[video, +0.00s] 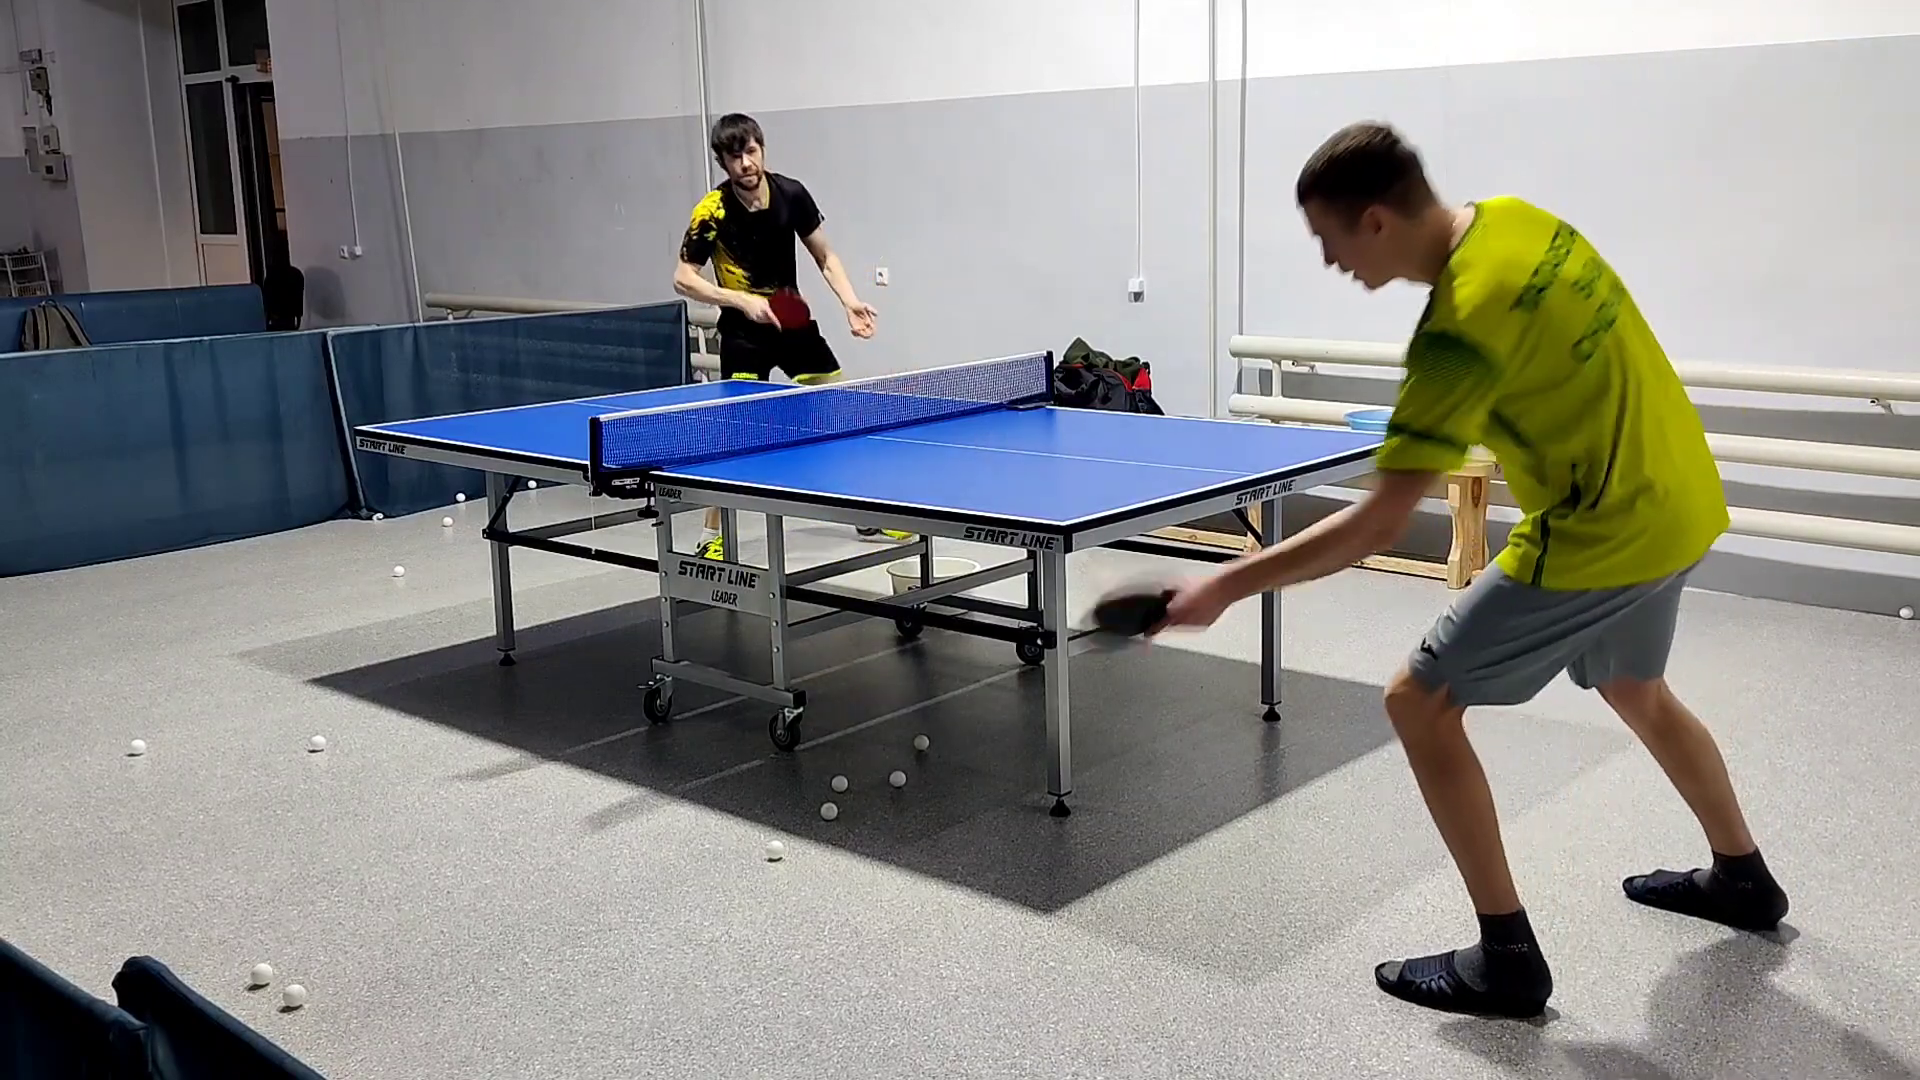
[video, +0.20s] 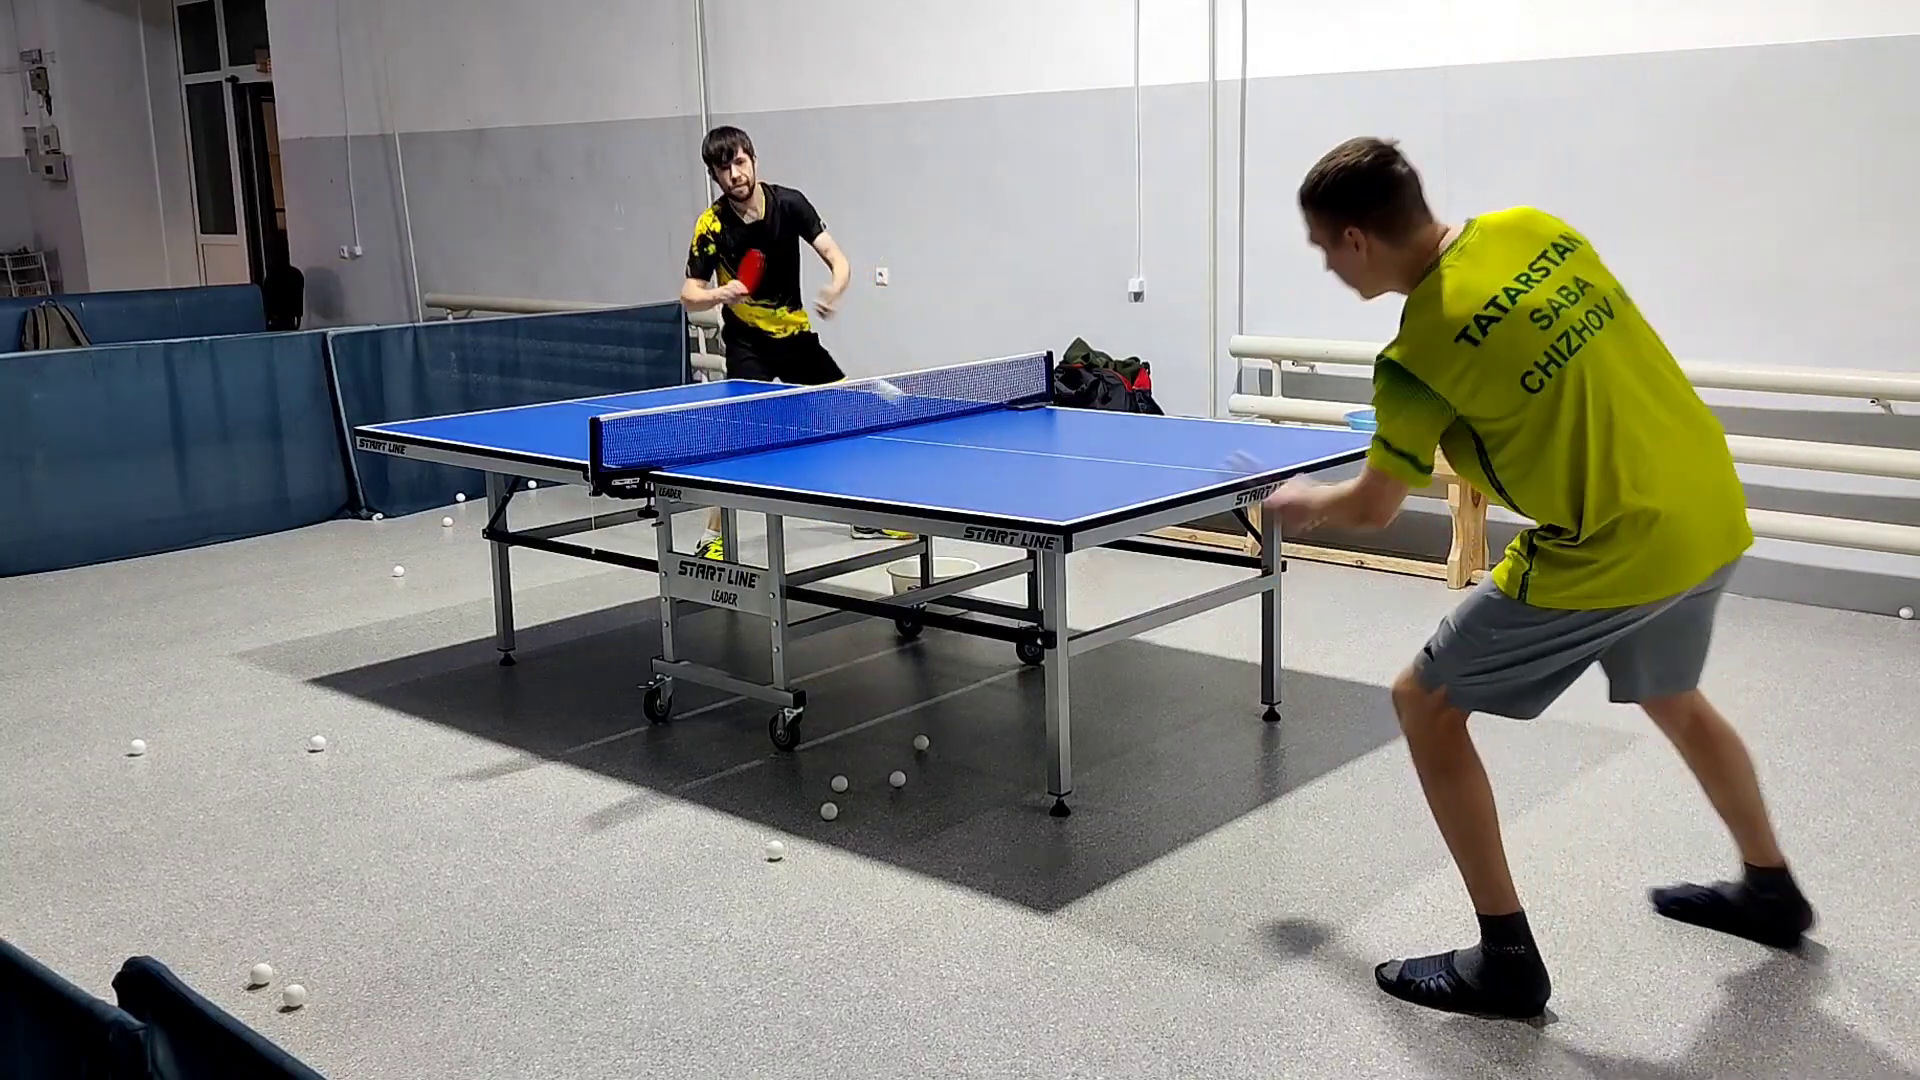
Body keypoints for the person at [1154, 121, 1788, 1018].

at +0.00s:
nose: (1333, 262)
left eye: (1331, 241)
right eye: (1324, 245)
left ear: (1379, 218)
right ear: (1403, 202)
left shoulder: (1457, 325)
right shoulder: (1515, 217)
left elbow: (1381, 520)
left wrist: (1228, 584)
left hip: (1601, 533)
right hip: (1679, 498)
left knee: (1419, 702)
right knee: (1634, 684)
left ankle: (1507, 953)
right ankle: (1743, 875)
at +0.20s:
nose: (1331, 267)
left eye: (1325, 249)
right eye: (1322, 250)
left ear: (1355, 240)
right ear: (1418, 208)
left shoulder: (1415, 358)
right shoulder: (1534, 226)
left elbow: (1375, 505)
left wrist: (1306, 507)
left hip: (1605, 548)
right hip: (1710, 509)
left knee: (1425, 699)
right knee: (1666, 687)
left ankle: (1506, 954)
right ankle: (1771, 887)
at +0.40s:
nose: (1405, 219)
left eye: (1405, 199)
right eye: (1400, 200)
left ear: (1438, 190)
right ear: (1492, 169)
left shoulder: (1473, 313)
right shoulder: (1613, 206)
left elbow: (1476, 482)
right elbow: (1650, 354)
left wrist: (1438, 474)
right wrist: (1525, 429)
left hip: (1648, 541)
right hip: (1766, 512)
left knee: (1471, 694)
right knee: (1725, 710)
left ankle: (1509, 955)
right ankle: (1890, 935)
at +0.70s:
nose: (1615, 178)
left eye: (1620, 156)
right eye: (1613, 157)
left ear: (1663, 150)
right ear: (1713, 139)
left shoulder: (1709, 281)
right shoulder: (1825, 201)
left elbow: (1716, 487)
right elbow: (1886, 370)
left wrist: (1609, 548)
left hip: (1816, 569)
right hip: (1906, 553)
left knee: (1615, 716)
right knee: (1830, 771)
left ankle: (1539, 960)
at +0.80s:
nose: (1672, 168)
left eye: (1678, 145)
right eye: (1670, 147)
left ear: (1727, 135)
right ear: (1766, 127)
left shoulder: (1778, 270)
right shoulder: (1878, 192)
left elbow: (1777, 487)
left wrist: (1644, 550)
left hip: (1868, 569)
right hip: (1919, 557)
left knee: (1667, 721)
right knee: (1847, 766)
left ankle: (1624, 995)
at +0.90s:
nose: (1708, 141)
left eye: (1714, 116)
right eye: (1706, 118)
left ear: (1765, 110)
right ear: (1814, 101)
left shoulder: (1832, 248)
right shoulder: (1905, 174)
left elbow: (1833, 470)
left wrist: (1686, 546)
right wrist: (1703, 538)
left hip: (1894, 553)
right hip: (1915, 546)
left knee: (1736, 740)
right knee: (1871, 751)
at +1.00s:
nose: (1735, 123)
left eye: (1739, 99)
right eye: (1732, 101)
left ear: (1786, 95)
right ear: (1836, 86)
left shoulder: (1874, 237)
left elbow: (1872, 463)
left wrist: (1714, 548)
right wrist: (1721, 546)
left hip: (1913, 567)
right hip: (1912, 562)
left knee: (1842, 787)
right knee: (1885, 788)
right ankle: (1919, 1019)